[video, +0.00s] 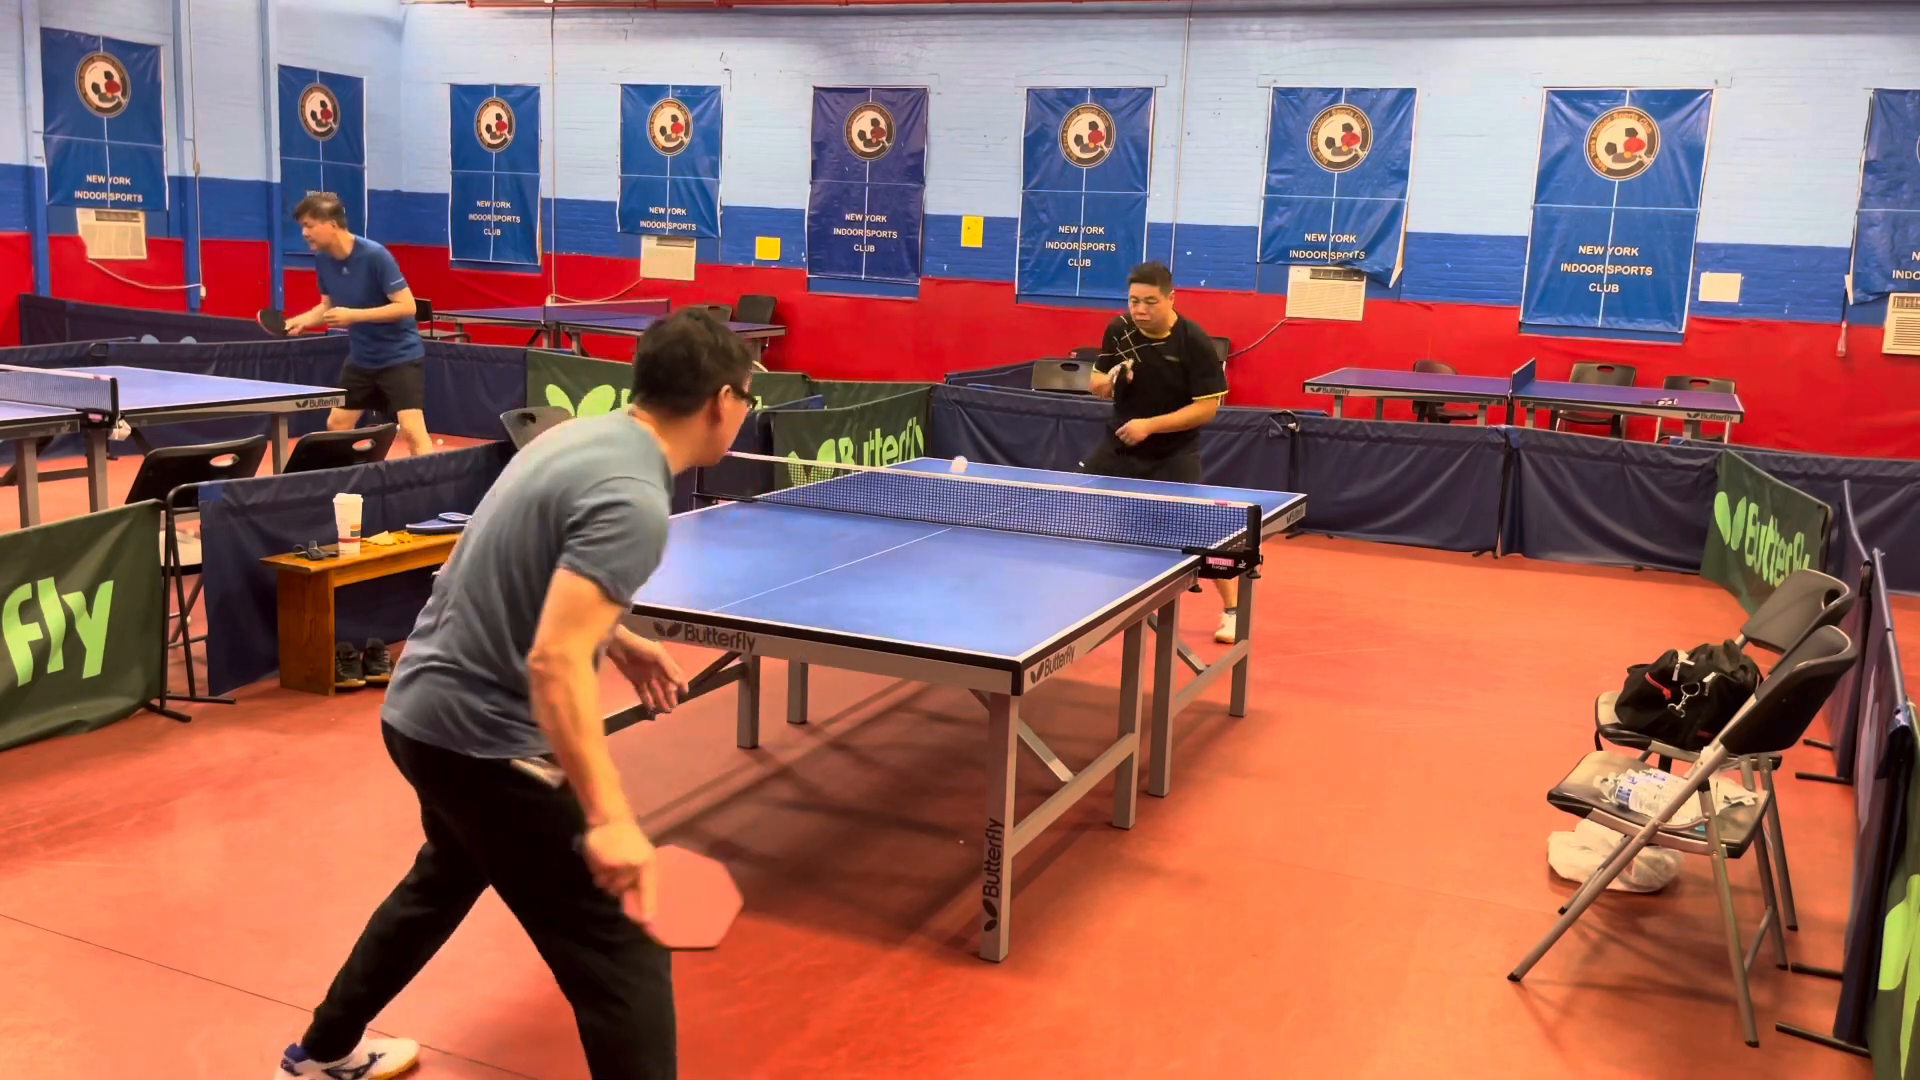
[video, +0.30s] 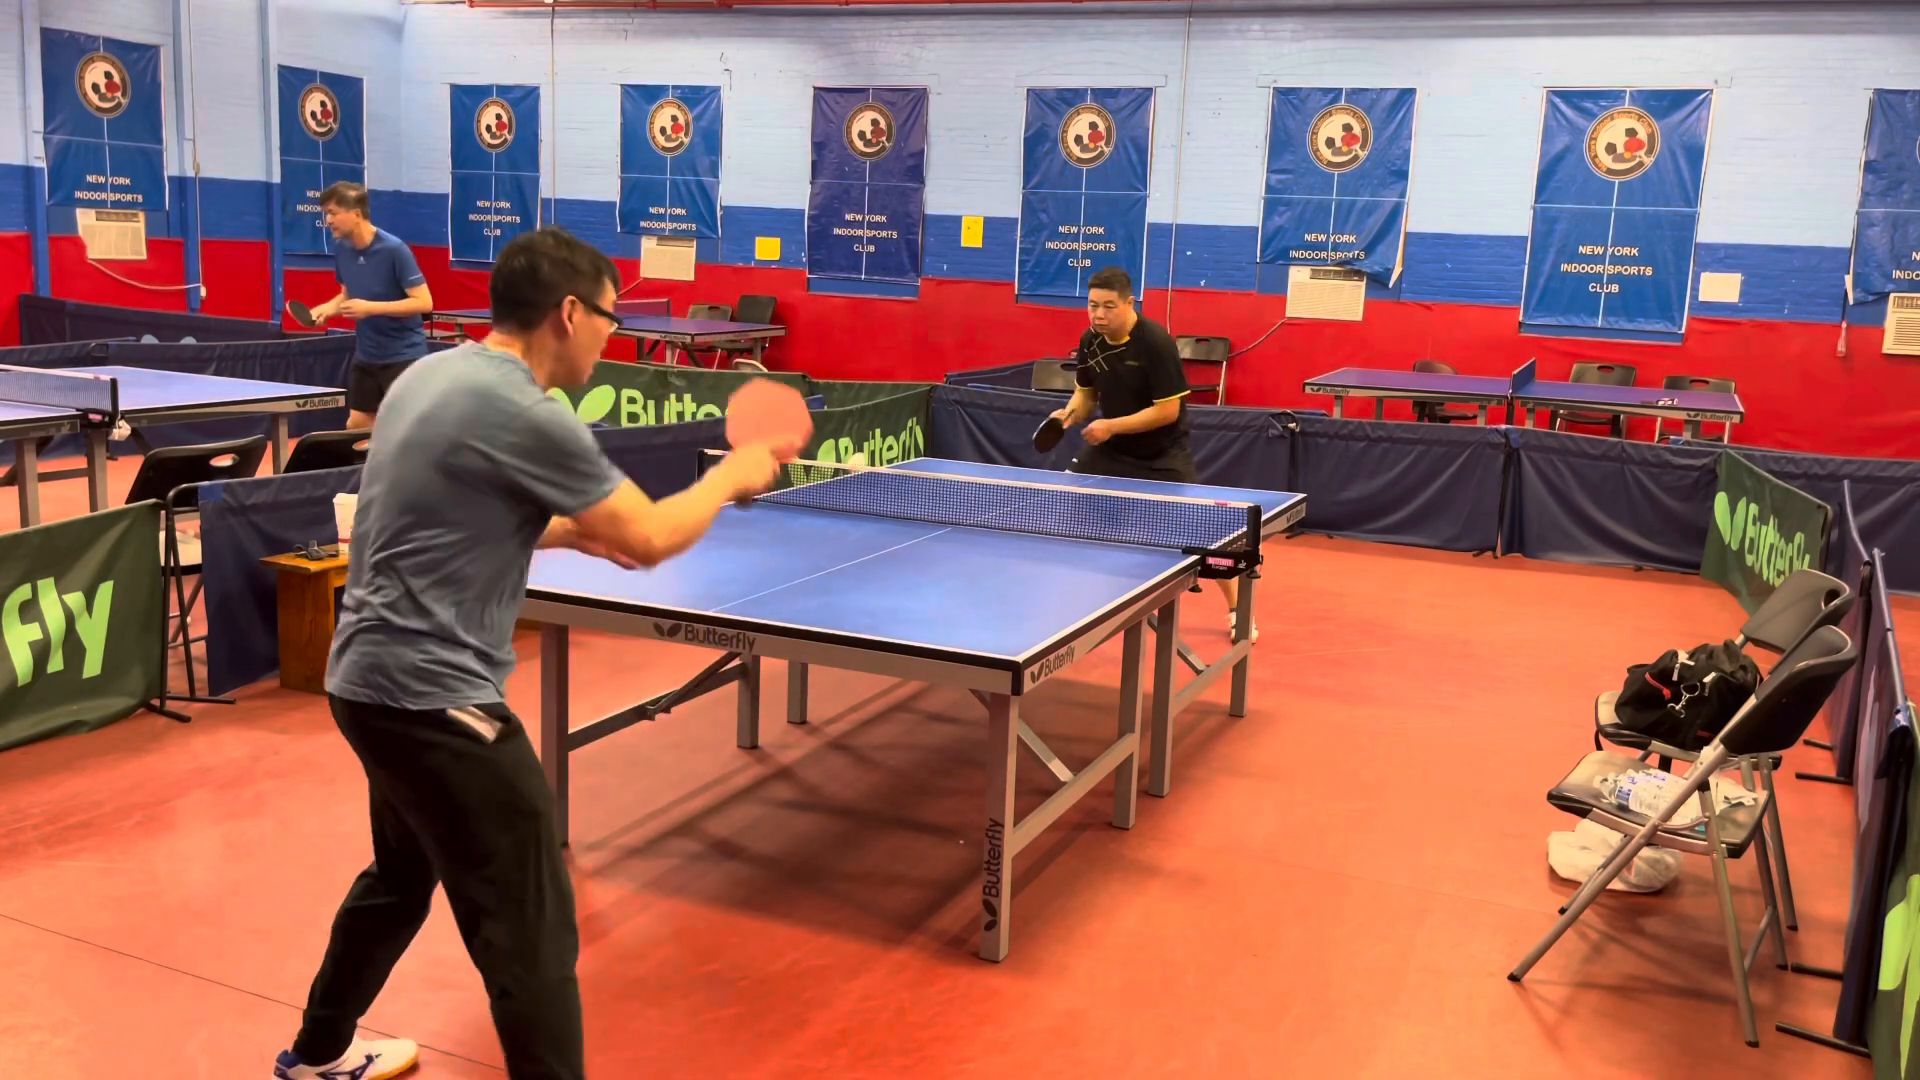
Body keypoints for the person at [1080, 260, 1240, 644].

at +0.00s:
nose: (1139, 310)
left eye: (1148, 302)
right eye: (1134, 301)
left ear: (1170, 299)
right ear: (1127, 298)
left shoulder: (1195, 341)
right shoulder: (1120, 329)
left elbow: (1208, 409)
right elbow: (1096, 385)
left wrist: (1149, 424)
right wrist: (1112, 379)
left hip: (1174, 452)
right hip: (1121, 445)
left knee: (1197, 522)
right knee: (1067, 497)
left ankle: (1231, 609)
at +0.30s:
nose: (1098, 315)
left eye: (1107, 307)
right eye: (1093, 306)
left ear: (1129, 304)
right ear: (1088, 305)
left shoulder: (1157, 343)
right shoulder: (1091, 341)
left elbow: (1168, 411)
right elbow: (1086, 392)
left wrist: (1112, 426)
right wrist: (1071, 413)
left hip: (1163, 454)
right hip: (1109, 449)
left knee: (1198, 525)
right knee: (1054, 505)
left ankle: (1237, 607)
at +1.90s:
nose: (1147, 320)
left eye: (1155, 311)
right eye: (1142, 312)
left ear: (1179, 306)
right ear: (1137, 311)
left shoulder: (1213, 345)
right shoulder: (1133, 352)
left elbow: (1236, 402)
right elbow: (1126, 421)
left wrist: (1192, 434)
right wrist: (1131, 398)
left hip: (1195, 457)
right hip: (1136, 453)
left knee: (1213, 526)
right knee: (1089, 506)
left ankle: (1246, 608)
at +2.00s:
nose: (1142, 320)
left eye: (1151, 312)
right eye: (1137, 312)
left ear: (1173, 309)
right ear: (1132, 313)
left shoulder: (1208, 349)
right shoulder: (1125, 355)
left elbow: (1229, 406)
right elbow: (1112, 419)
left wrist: (1180, 437)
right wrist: (1119, 411)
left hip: (1193, 458)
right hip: (1132, 455)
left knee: (1213, 523)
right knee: (1085, 507)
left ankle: (1247, 608)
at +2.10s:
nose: (1128, 319)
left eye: (1136, 310)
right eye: (1122, 311)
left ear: (1159, 307)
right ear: (1117, 312)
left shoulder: (1189, 348)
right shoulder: (1116, 353)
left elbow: (1209, 409)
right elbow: (1106, 406)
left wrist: (1154, 434)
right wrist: (1098, 421)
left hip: (1188, 457)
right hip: (1133, 454)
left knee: (1209, 524)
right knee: (1079, 502)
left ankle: (1246, 608)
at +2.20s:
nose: (1107, 319)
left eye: (1116, 310)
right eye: (1102, 311)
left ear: (1138, 305)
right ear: (1098, 310)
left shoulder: (1168, 345)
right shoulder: (1113, 344)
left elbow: (1176, 414)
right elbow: (1111, 395)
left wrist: (1125, 427)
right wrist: (1086, 424)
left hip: (1180, 453)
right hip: (1133, 448)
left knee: (1204, 529)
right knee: (1086, 503)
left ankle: (1249, 609)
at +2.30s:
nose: (1088, 323)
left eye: (1096, 314)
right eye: (1084, 314)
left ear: (1120, 308)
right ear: (1082, 311)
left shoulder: (1143, 345)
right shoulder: (1117, 338)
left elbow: (1139, 419)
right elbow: (1119, 389)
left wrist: (1095, 423)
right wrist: (1087, 413)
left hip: (1173, 454)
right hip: (1136, 447)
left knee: (1194, 528)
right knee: (1089, 502)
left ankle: (1257, 606)